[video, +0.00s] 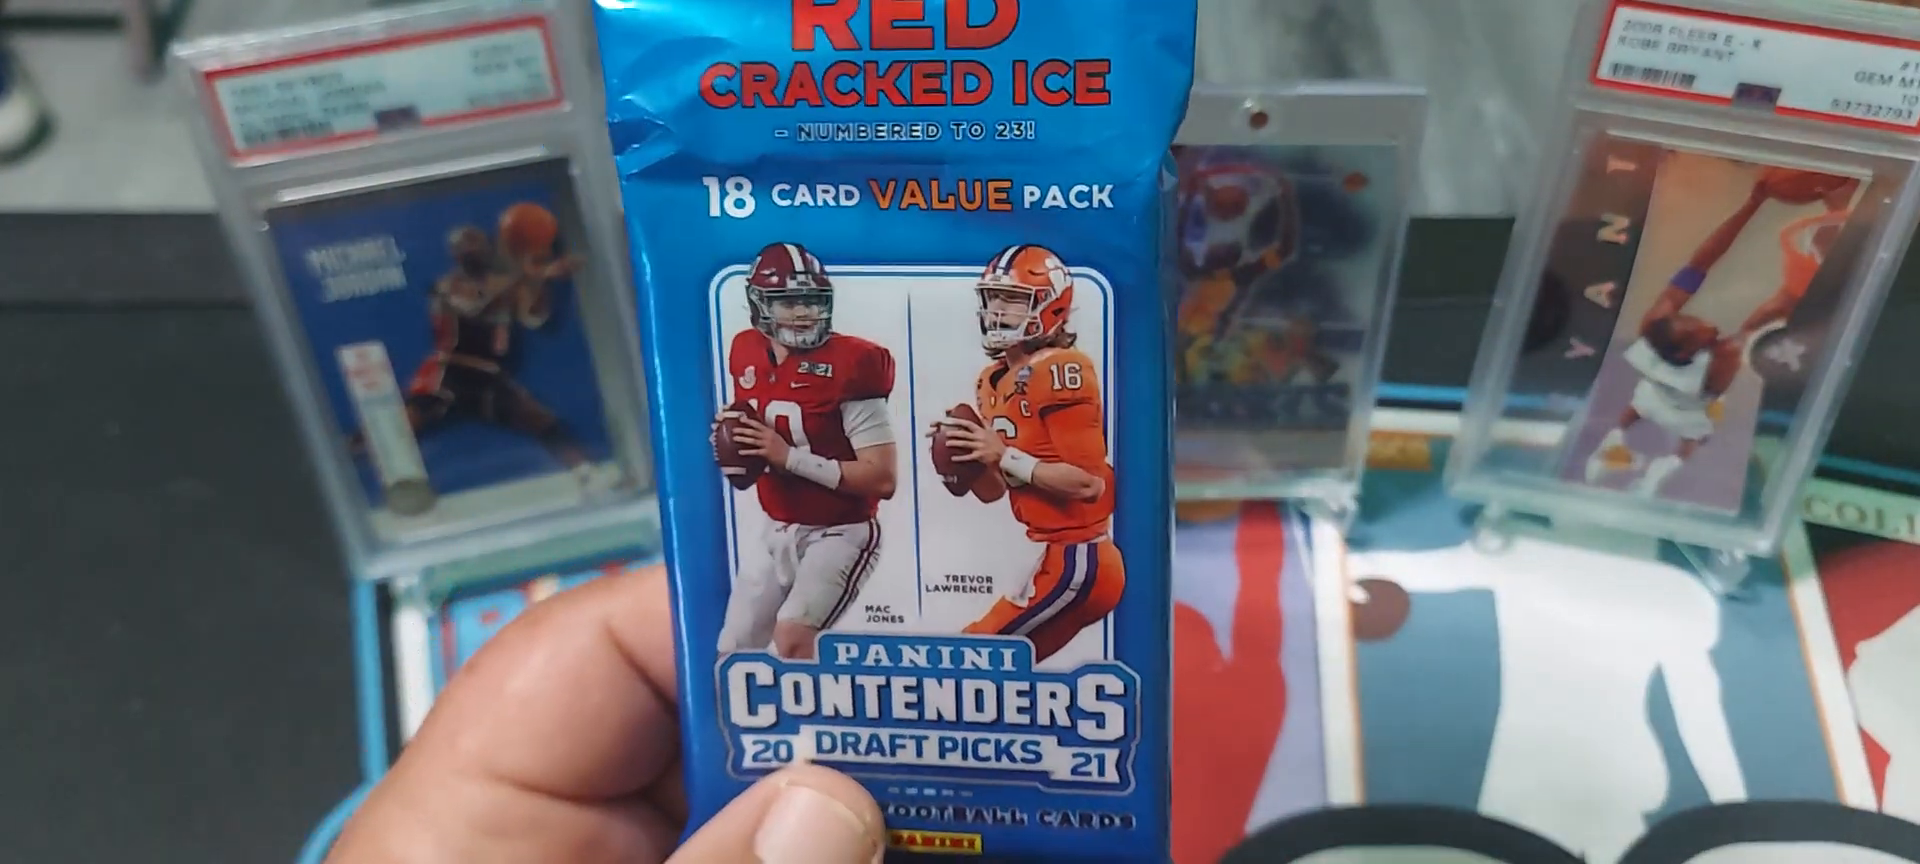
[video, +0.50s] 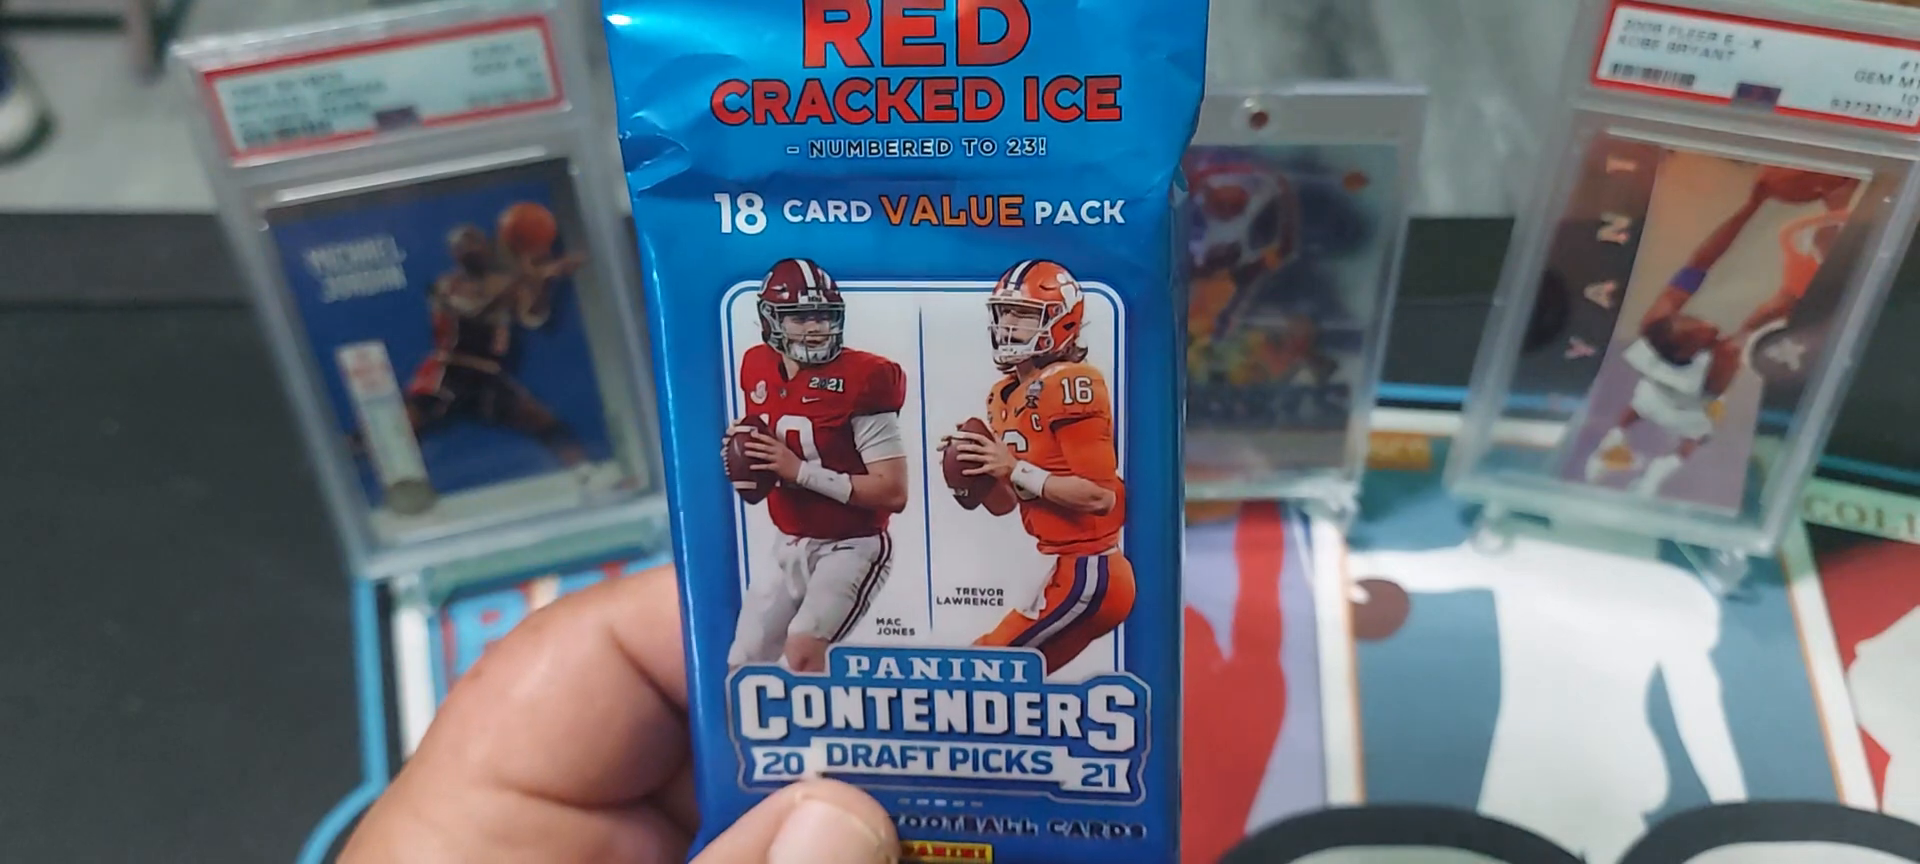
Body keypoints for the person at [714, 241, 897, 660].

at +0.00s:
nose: (800, 313)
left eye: (810, 302)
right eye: (788, 302)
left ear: (825, 304)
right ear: (761, 304)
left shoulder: (854, 363)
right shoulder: (746, 351)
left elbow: (882, 479)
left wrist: (786, 455)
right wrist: (728, 437)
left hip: (842, 534)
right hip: (775, 532)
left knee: (791, 637)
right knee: (733, 651)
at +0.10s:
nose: (808, 322)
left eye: (817, 310)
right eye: (795, 311)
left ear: (832, 312)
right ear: (768, 313)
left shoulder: (861, 372)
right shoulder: (753, 360)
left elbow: (889, 488)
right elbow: (749, 483)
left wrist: (792, 464)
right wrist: (735, 451)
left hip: (849, 542)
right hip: (781, 540)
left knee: (797, 645)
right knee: (739, 657)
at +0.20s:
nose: (808, 344)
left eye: (817, 333)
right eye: (795, 333)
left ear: (831, 335)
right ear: (768, 335)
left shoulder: (863, 394)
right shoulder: (752, 381)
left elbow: (891, 509)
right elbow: (753, 501)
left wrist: (795, 484)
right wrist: (736, 471)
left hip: (852, 560)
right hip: (785, 557)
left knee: (801, 660)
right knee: (743, 670)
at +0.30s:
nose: (822, 334)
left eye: (831, 323)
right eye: (809, 323)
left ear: (845, 325)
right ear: (781, 326)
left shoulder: (871, 383)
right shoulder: (765, 371)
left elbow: (900, 498)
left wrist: (805, 474)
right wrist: (746, 459)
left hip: (860, 552)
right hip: (796, 550)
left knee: (808, 655)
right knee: (749, 666)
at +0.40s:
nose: (814, 334)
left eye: (823, 322)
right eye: (800, 323)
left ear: (837, 325)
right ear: (773, 326)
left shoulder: (866, 383)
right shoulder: (758, 371)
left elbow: (895, 498)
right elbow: (757, 492)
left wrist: (799, 475)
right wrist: (740, 460)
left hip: (855, 552)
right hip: (789, 550)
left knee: (803, 654)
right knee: (744, 666)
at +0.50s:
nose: (813, 328)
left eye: (822, 316)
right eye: (800, 317)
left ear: (836, 318)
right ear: (772, 319)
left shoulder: (865, 377)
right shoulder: (757, 366)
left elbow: (893, 492)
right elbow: (757, 486)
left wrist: (798, 470)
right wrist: (740, 454)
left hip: (854, 548)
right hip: (788, 546)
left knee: (802, 652)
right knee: (744, 664)